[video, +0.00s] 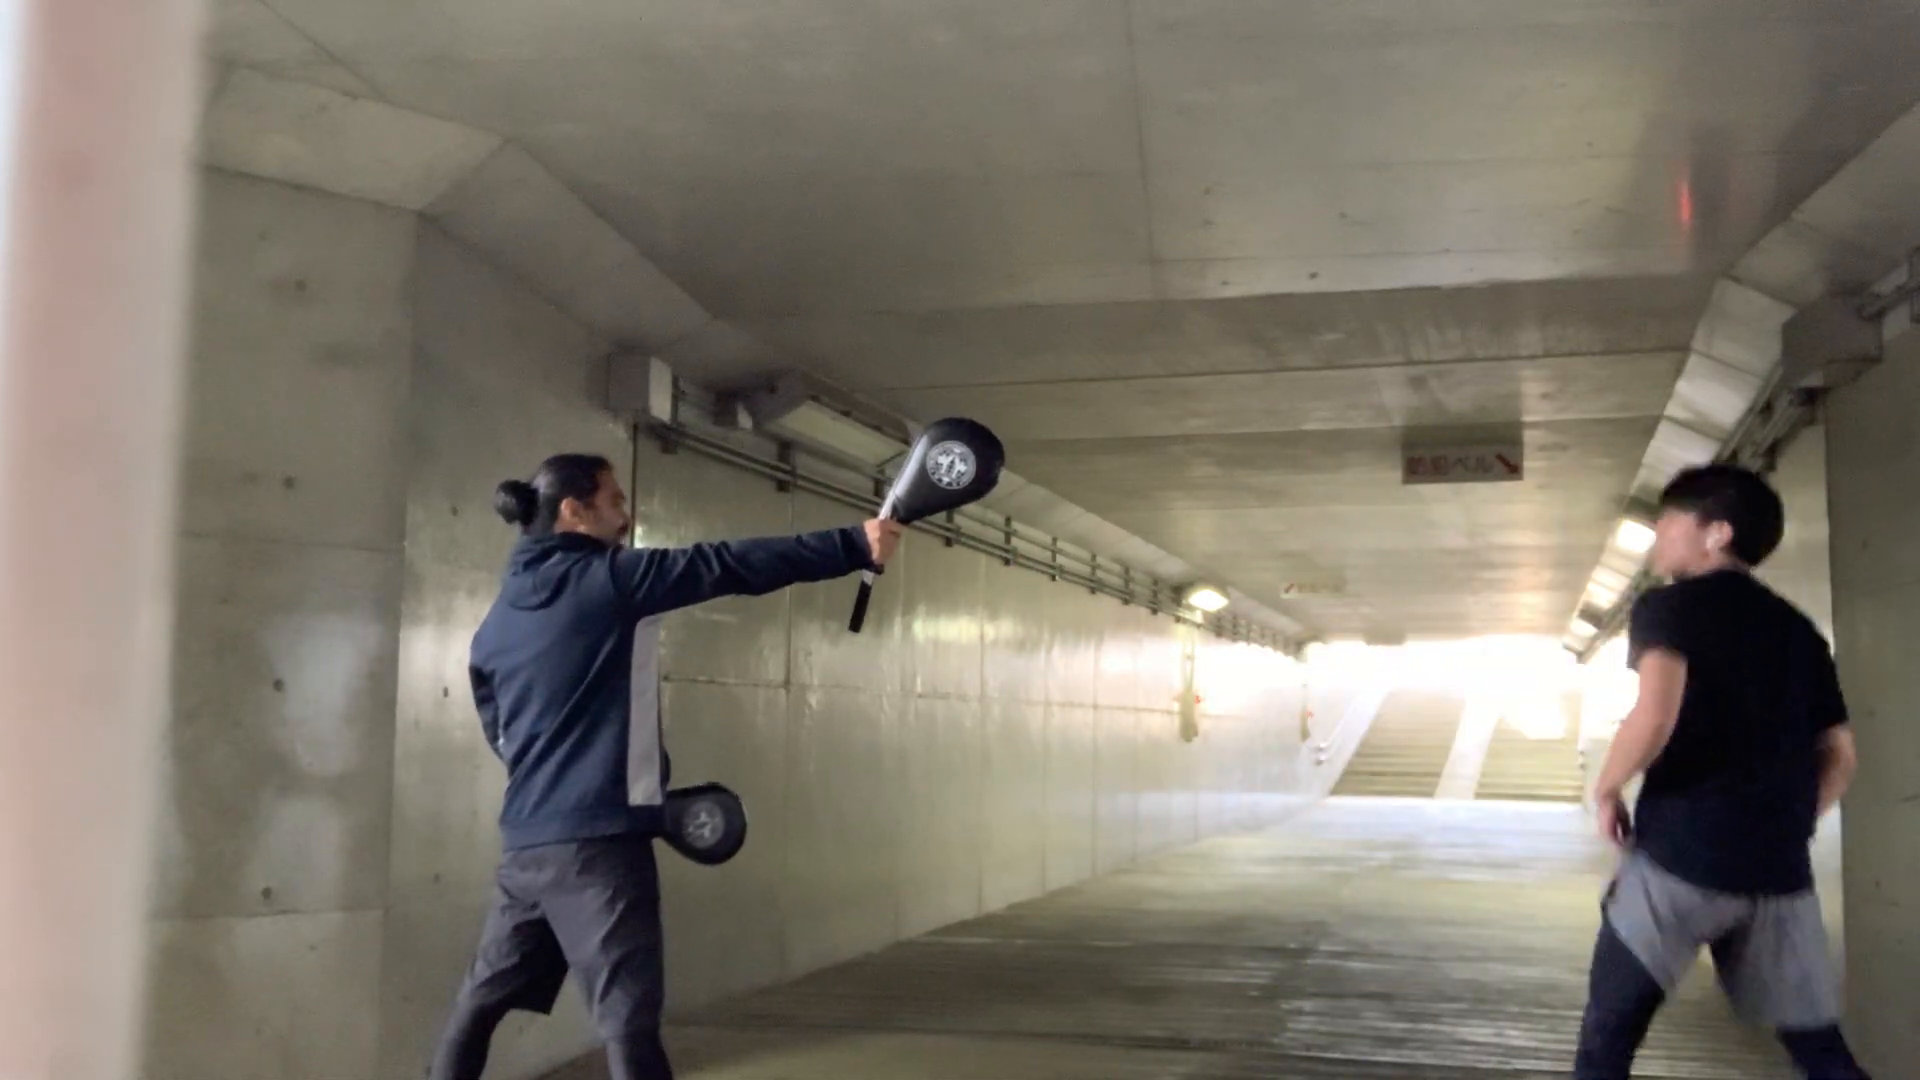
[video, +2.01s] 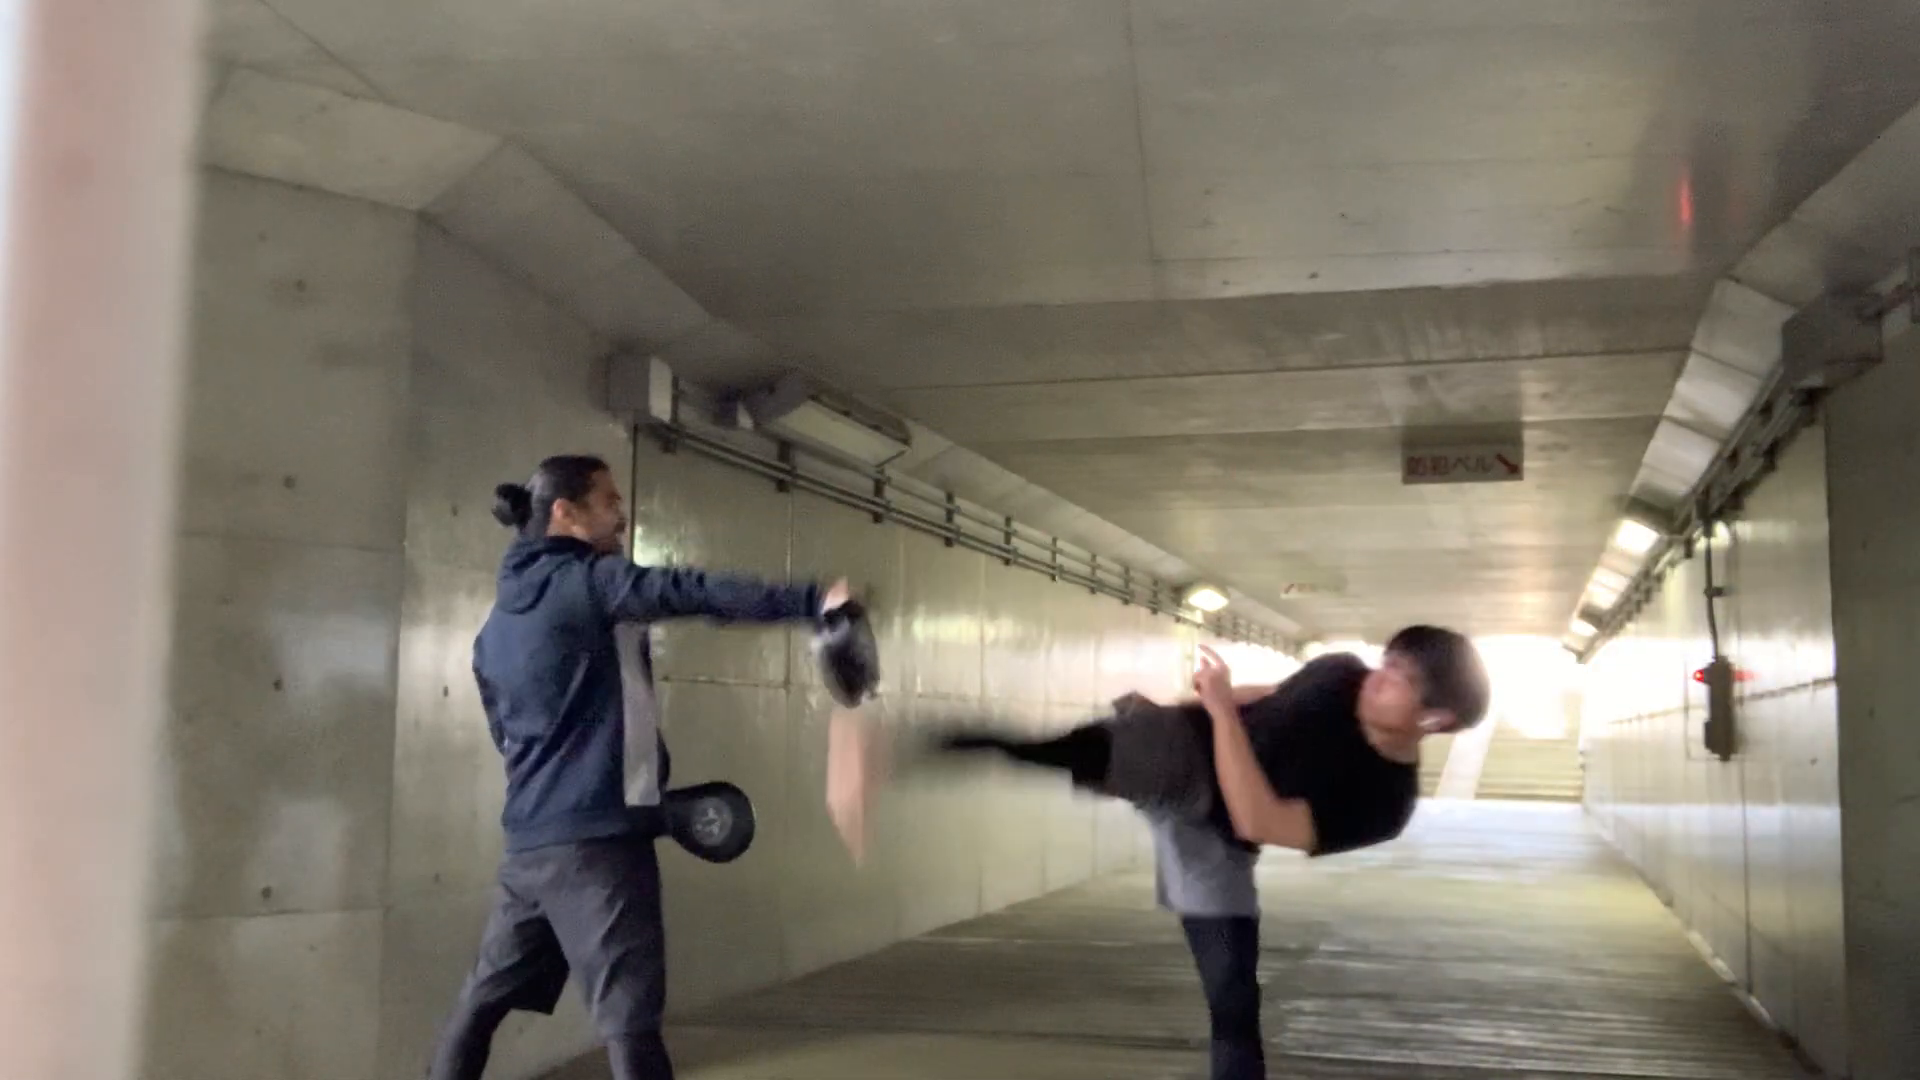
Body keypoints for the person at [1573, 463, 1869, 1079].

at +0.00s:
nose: (1657, 536)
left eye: (1669, 521)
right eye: (1661, 521)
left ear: (1717, 533)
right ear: (1728, 539)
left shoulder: (1669, 606)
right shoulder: (1800, 628)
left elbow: (1658, 708)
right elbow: (1839, 755)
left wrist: (1606, 788)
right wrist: (1787, 823)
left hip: (1680, 863)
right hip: (1781, 871)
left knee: (1604, 1049)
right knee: (1823, 1051)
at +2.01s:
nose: (1374, 676)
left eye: (1392, 677)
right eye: (1382, 663)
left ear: (1429, 715)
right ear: (1383, 664)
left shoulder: (1386, 802)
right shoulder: (1341, 677)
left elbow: (1260, 822)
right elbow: (1264, 701)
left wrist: (1221, 713)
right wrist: (1172, 707)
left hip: (1221, 847)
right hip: (1181, 770)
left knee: (1233, 1011)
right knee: (1056, 750)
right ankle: (926, 745)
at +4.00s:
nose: (1607, 552)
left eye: (1623, 541)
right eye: (1614, 539)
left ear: (1670, 559)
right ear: (1672, 564)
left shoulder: (1633, 623)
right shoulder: (1730, 640)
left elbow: (1632, 725)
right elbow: (1756, 758)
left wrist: (1582, 814)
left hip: (1667, 855)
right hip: (1747, 857)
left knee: (1580, 1019)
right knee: (1768, 1037)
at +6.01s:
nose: (1369, 669)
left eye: (1389, 667)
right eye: (1376, 656)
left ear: (1427, 698)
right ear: (1378, 661)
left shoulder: (1403, 801)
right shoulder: (1327, 683)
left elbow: (1312, 878)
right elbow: (1235, 709)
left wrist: (1279, 777)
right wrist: (1142, 726)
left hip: (1231, 866)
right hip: (1176, 789)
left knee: (1280, 1021)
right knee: (1025, 866)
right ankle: (866, 938)